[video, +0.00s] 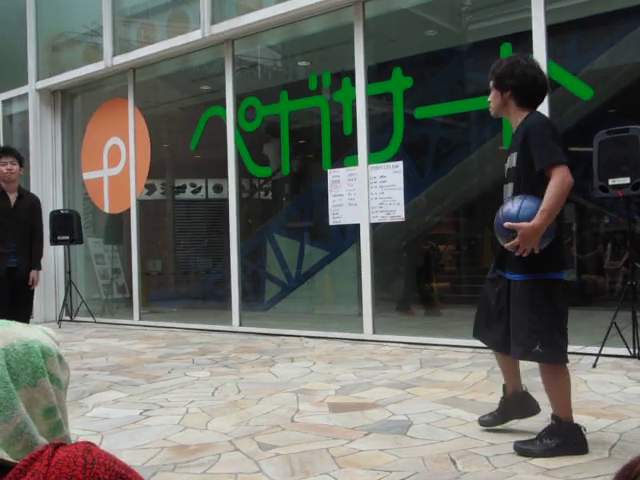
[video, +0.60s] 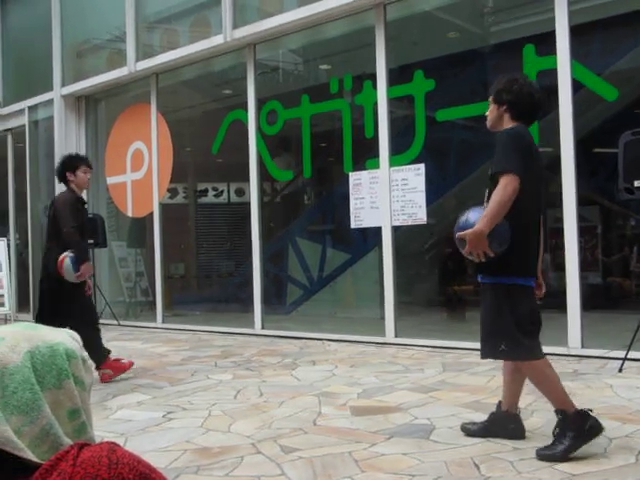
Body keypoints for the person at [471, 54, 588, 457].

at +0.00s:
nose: (488, 96)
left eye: (492, 89)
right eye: (490, 89)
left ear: (508, 93)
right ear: (514, 93)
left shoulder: (537, 127)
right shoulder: (522, 132)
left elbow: (562, 178)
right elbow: (531, 185)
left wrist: (538, 226)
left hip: (537, 260)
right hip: (512, 259)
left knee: (546, 341)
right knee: (493, 322)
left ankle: (565, 428)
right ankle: (514, 395)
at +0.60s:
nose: (486, 111)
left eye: (490, 105)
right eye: (488, 104)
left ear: (503, 108)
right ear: (514, 110)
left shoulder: (510, 139)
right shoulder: (525, 145)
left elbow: (508, 187)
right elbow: (533, 214)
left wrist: (479, 229)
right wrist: (535, 267)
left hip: (509, 267)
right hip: (517, 265)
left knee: (520, 344)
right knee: (513, 341)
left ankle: (574, 419)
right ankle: (507, 415)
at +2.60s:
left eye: (533, 84)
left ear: (535, 92)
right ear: (578, 93)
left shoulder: (528, 139)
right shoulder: (590, 139)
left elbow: (506, 199)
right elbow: (596, 208)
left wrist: (479, 247)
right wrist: (579, 242)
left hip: (537, 268)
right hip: (583, 265)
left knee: (547, 351)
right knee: (596, 346)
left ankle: (556, 439)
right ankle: (607, 432)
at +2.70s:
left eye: (544, 84)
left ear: (545, 91)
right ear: (588, 93)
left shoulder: (533, 138)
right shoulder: (600, 139)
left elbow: (505, 197)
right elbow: (609, 210)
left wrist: (475, 244)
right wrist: (597, 252)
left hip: (545, 268)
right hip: (591, 265)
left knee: (550, 352)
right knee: (603, 348)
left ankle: (556, 440)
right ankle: (607, 434)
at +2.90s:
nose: (610, 94)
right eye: (608, 89)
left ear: (560, 93)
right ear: (604, 95)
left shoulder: (544, 141)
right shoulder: (620, 143)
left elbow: (513, 198)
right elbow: (632, 210)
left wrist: (486, 242)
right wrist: (635, 262)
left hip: (558, 269)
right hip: (609, 266)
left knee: (553, 352)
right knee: (612, 349)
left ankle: (557, 438)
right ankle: (609, 434)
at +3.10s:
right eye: (618, 89)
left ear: (575, 93)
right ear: (618, 93)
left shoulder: (561, 138)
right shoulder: (631, 136)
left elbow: (528, 194)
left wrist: (504, 237)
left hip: (570, 264)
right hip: (622, 263)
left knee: (550, 336)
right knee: (620, 346)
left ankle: (553, 422)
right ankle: (611, 432)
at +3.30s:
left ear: (584, 92)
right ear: (626, 95)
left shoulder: (566, 136)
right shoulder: (633, 138)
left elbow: (530, 190)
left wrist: (510, 228)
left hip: (570, 262)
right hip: (621, 262)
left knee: (557, 341)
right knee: (618, 348)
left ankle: (556, 424)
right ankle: (610, 432)